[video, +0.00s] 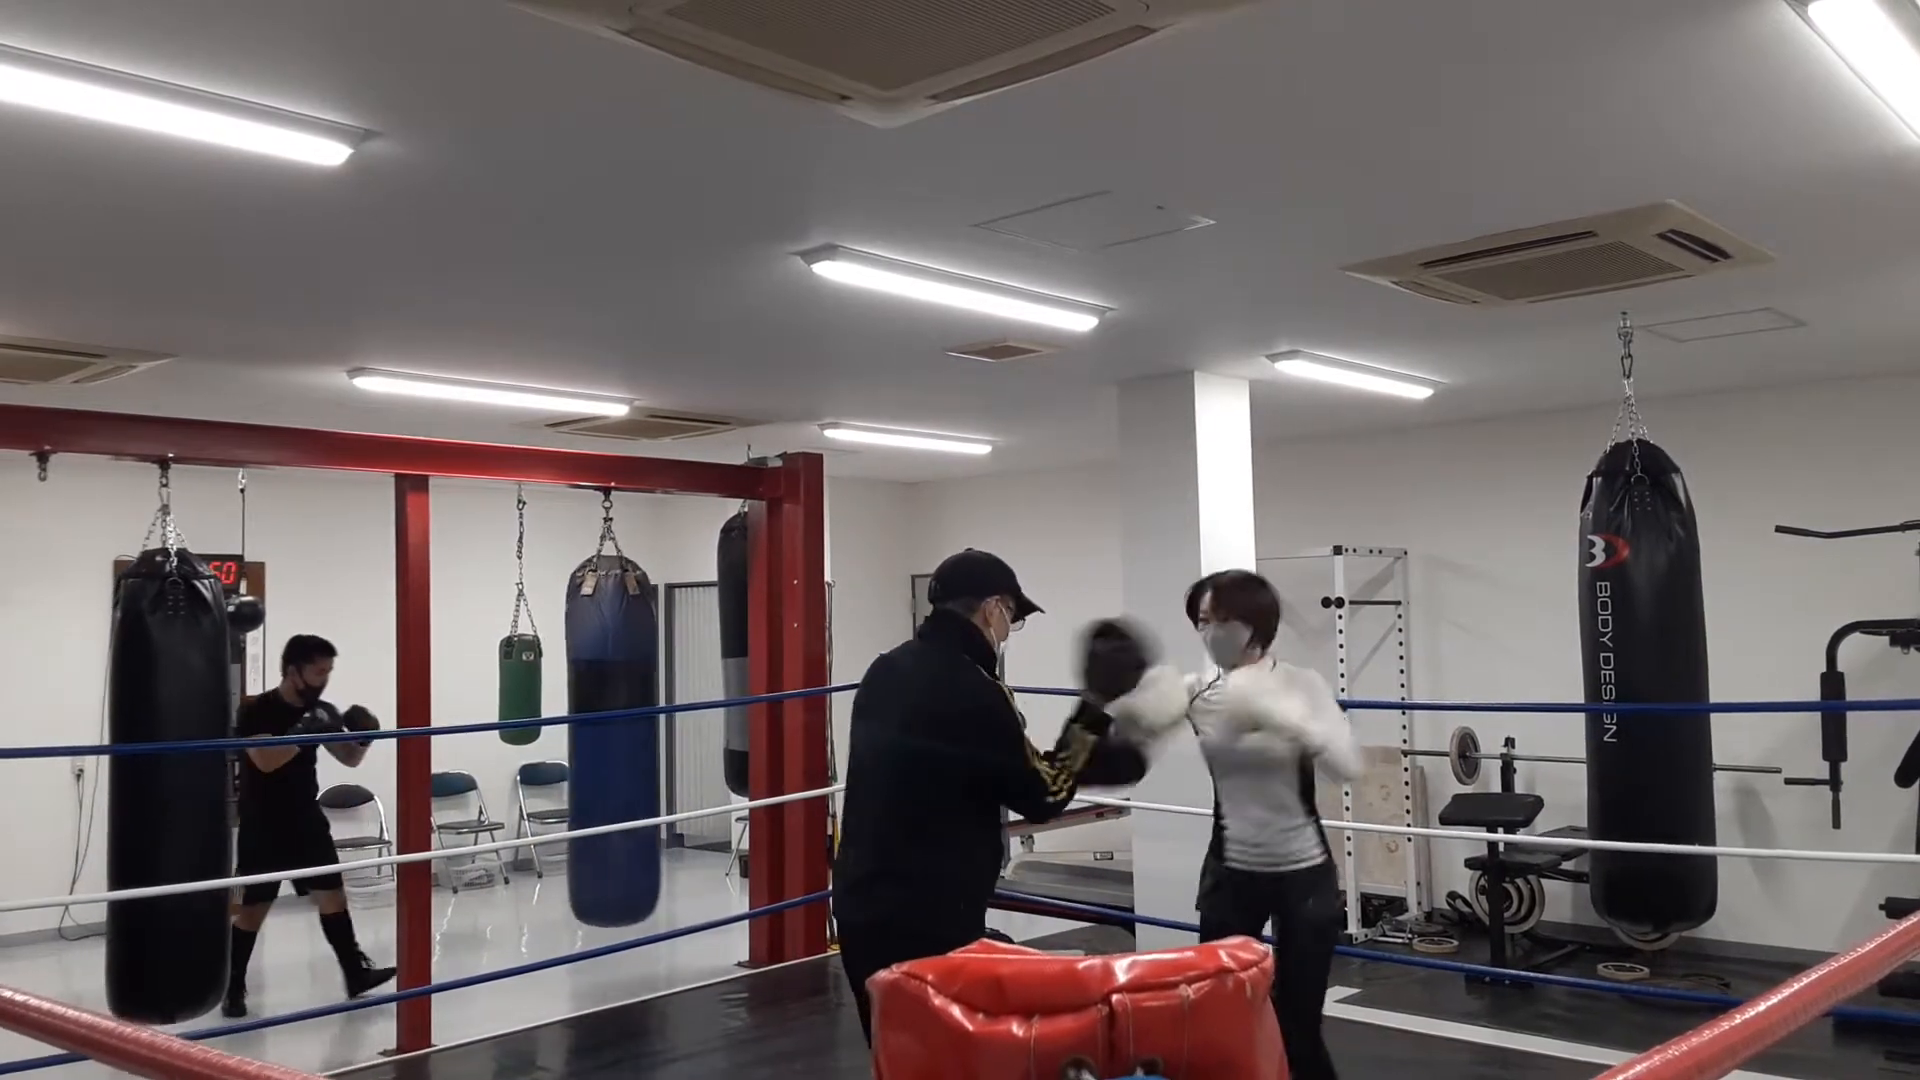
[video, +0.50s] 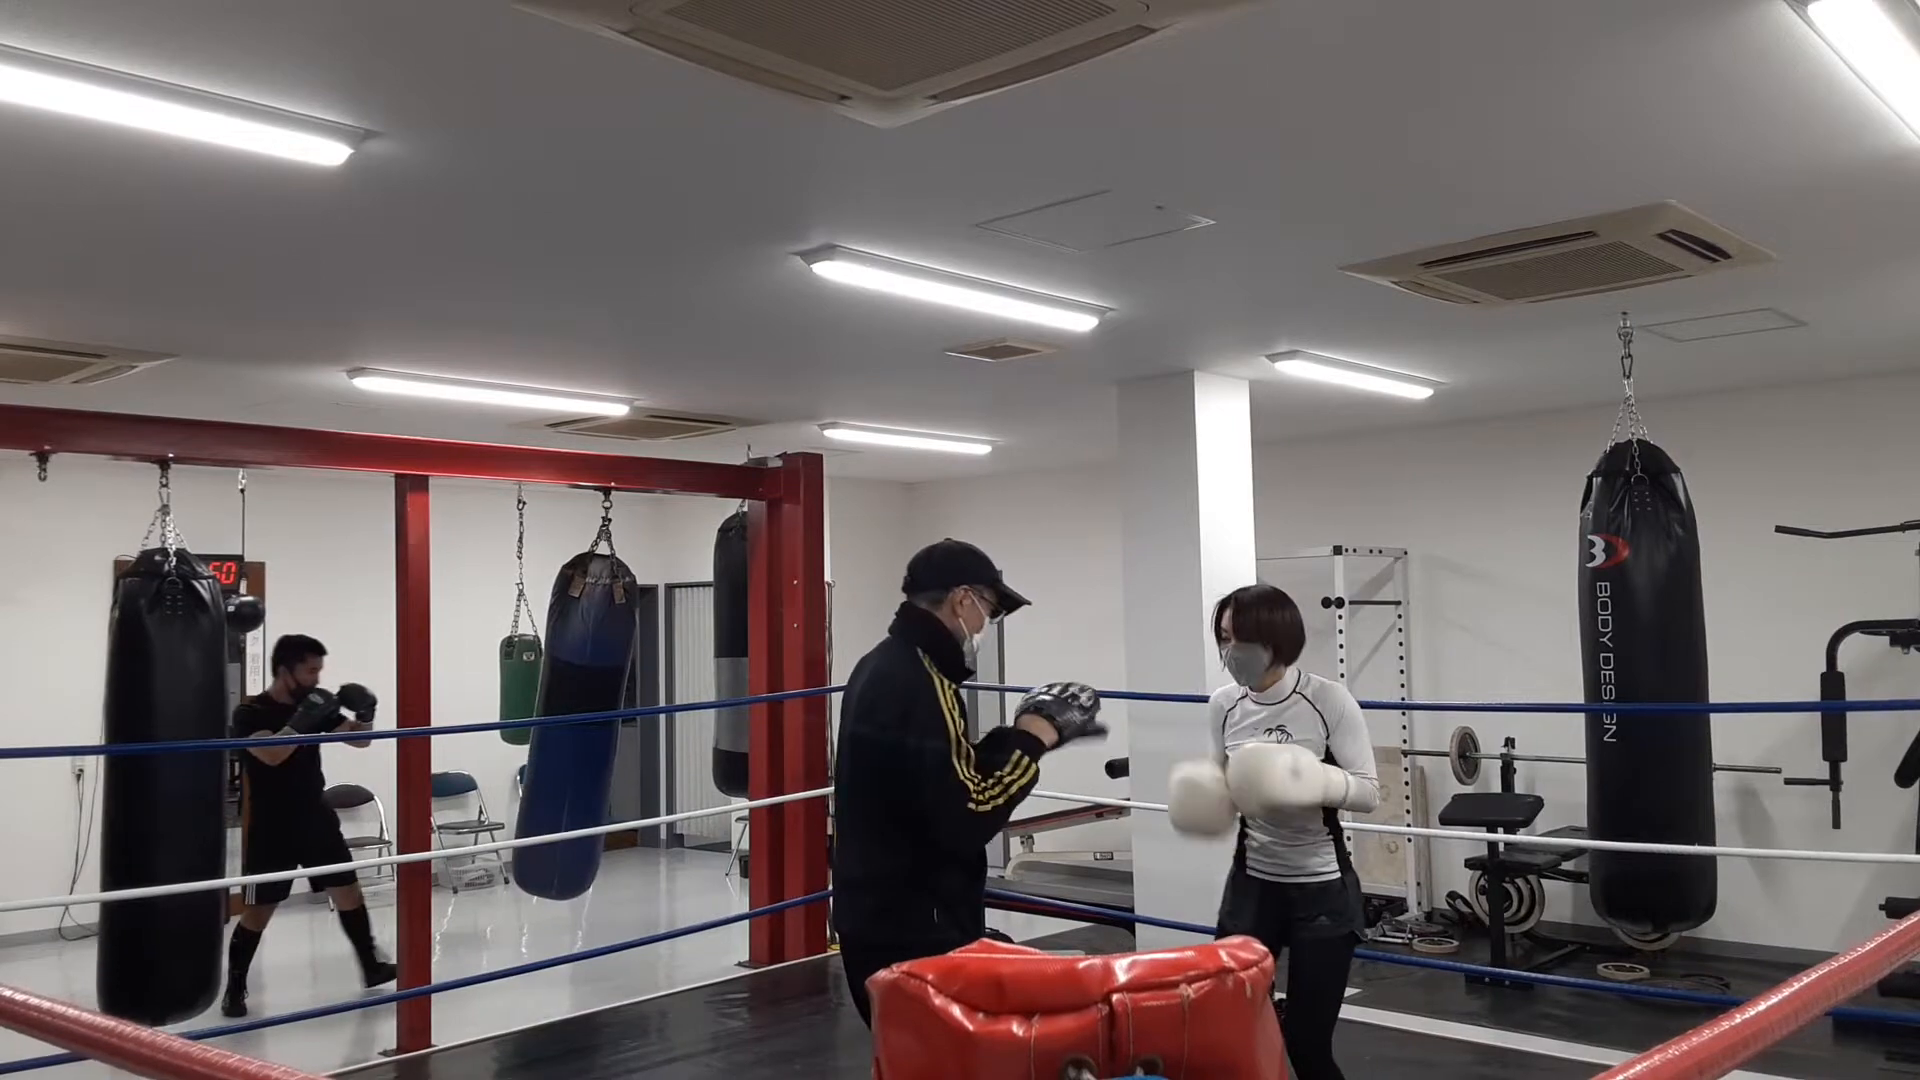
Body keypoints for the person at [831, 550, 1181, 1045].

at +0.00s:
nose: (1011, 631)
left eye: (1014, 619)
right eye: (1011, 617)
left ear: (942, 605)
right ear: (991, 609)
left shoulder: (883, 672)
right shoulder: (978, 695)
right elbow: (1040, 798)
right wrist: (1087, 730)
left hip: (864, 915)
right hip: (939, 920)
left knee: (892, 1058)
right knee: (946, 1057)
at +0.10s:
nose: (1006, 635)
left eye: (1009, 622)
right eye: (1007, 619)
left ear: (937, 607)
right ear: (987, 611)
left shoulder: (873, 674)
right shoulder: (979, 696)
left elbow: (855, 791)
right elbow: (1045, 805)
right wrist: (1111, 726)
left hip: (859, 914)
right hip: (938, 919)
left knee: (888, 1059)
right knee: (946, 1060)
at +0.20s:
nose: (1005, 640)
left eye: (1009, 627)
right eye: (1007, 624)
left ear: (935, 609)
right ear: (986, 613)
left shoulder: (877, 674)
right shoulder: (957, 686)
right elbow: (1032, 816)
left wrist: (1082, 749)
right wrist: (1096, 737)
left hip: (862, 925)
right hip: (934, 930)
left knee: (892, 1061)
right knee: (949, 1063)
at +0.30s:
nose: (1004, 639)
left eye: (1009, 625)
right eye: (1006, 622)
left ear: (940, 604)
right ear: (983, 609)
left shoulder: (885, 670)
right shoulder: (940, 680)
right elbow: (998, 816)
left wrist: (1055, 750)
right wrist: (1069, 740)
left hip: (874, 926)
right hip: (925, 931)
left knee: (899, 1063)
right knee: (938, 1063)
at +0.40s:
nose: (995, 630)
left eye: (1000, 616)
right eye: (996, 614)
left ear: (955, 602)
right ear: (970, 603)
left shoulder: (892, 666)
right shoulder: (929, 679)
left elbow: (961, 774)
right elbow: (975, 816)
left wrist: (1042, 747)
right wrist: (1045, 739)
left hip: (884, 927)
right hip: (921, 934)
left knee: (906, 1062)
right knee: (936, 1062)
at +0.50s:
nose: (985, 630)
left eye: (991, 615)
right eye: (987, 612)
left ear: (943, 602)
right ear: (960, 602)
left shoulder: (886, 668)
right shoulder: (918, 681)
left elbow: (949, 790)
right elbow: (966, 816)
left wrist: (1016, 736)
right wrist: (1032, 738)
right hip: (919, 949)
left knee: (913, 1062)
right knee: (936, 1064)